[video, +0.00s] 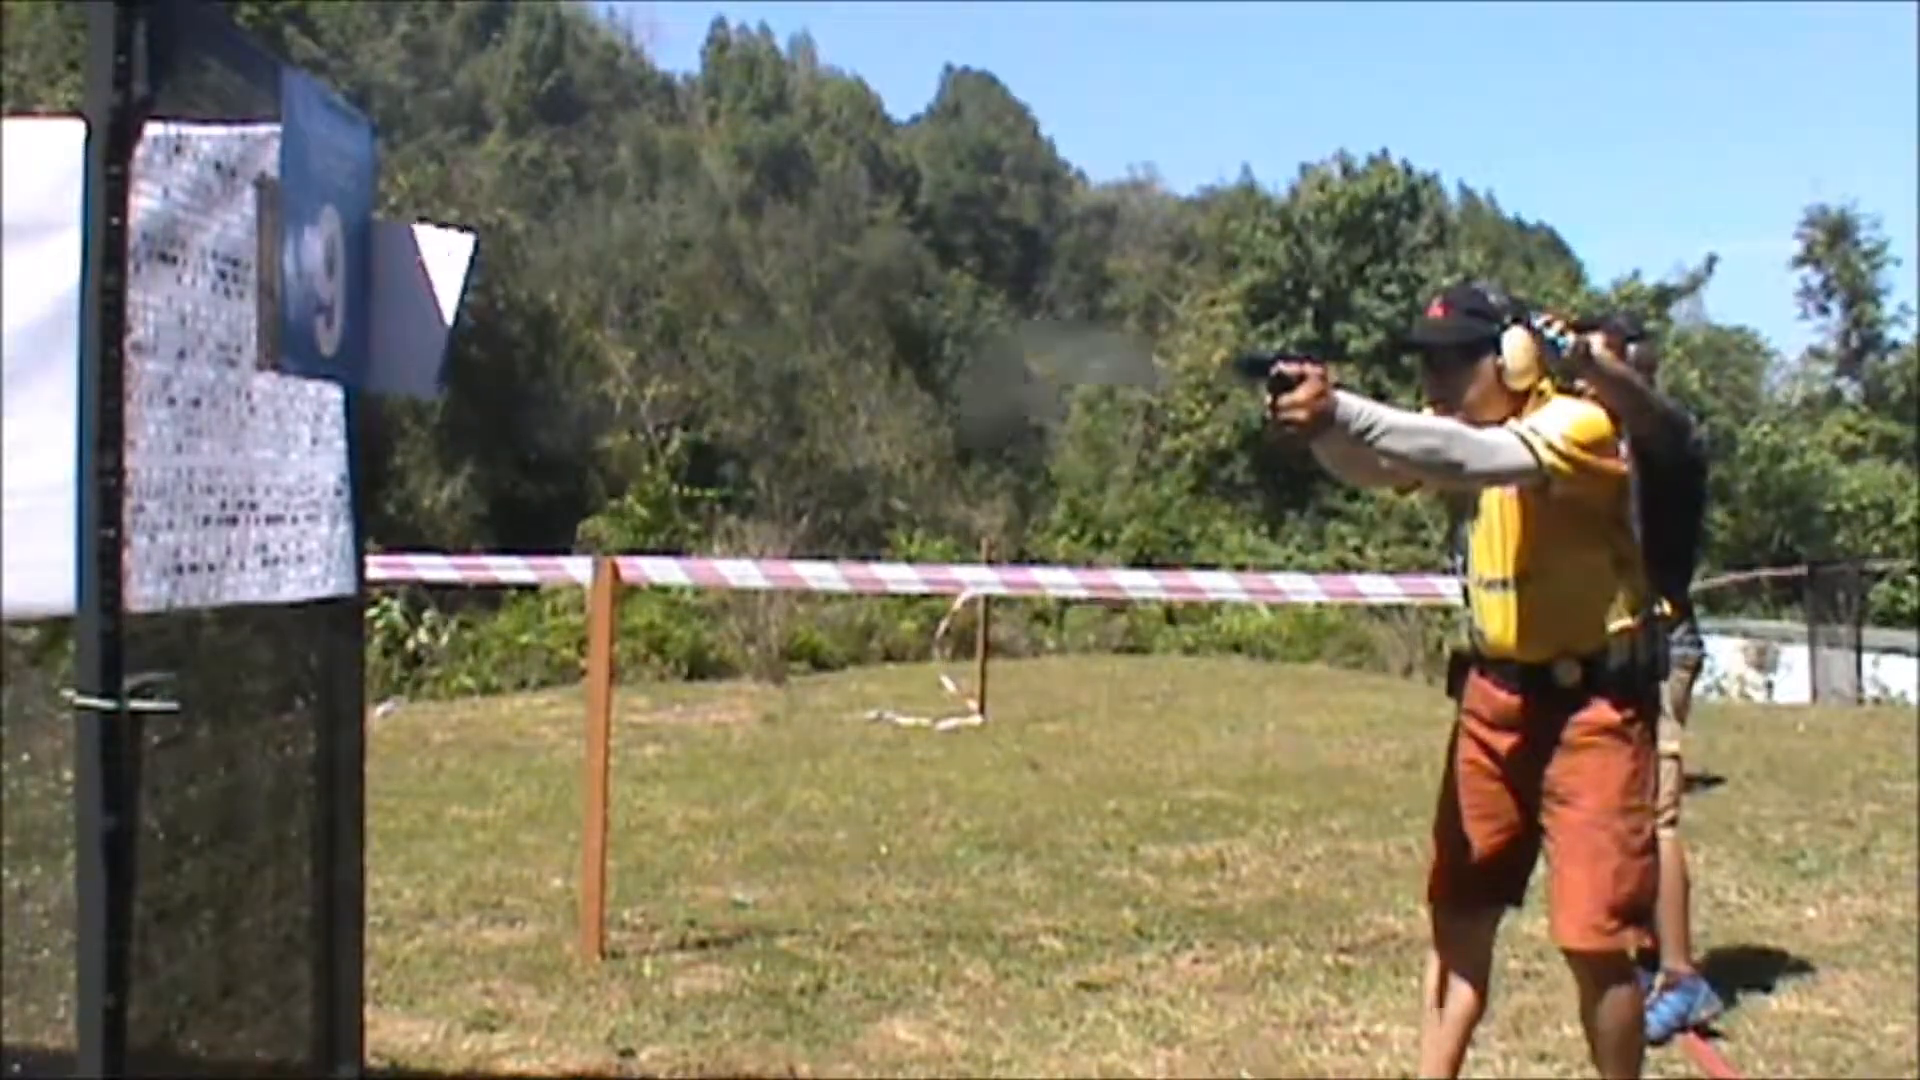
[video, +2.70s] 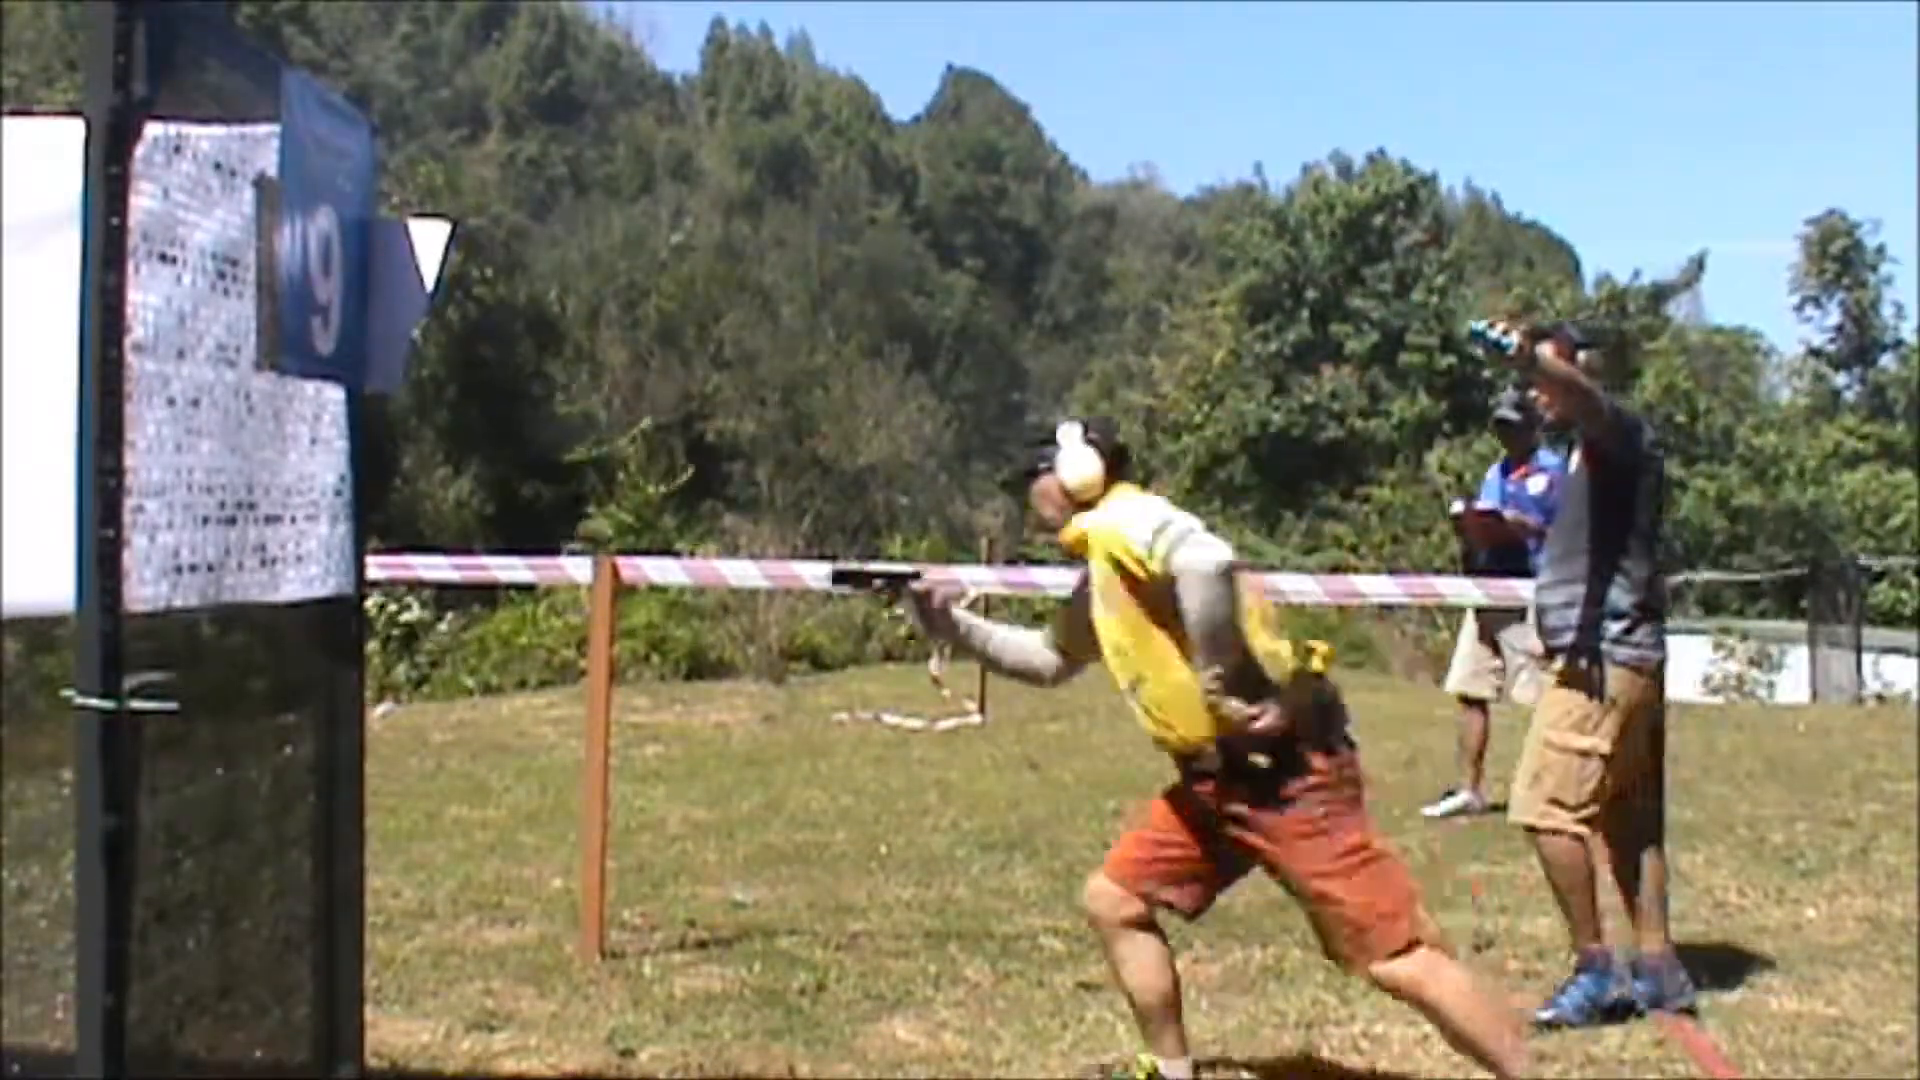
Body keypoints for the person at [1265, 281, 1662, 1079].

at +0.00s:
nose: (1435, 385)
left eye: (1451, 365)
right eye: (1429, 366)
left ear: (1506, 360)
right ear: (1430, 364)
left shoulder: (1580, 424)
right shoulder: (1470, 440)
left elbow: (1473, 455)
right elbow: (1386, 467)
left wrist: (1340, 408)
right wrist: (1316, 424)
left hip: (1597, 706)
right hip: (1495, 699)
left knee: (1594, 938)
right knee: (1461, 906)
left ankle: (1620, 1072)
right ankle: (1434, 1070)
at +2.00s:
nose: (1447, 387)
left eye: (1461, 366)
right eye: (1441, 367)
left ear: (1512, 356)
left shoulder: (1589, 420)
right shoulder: (1485, 435)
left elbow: (1474, 447)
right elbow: (1393, 467)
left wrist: (1339, 404)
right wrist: (1320, 421)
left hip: (1595, 708)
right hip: (1499, 698)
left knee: (1596, 943)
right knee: (1460, 919)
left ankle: (1624, 1073)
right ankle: (1433, 1072)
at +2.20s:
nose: (1432, 394)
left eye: (1443, 373)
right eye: (1430, 376)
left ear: (1498, 367)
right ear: (1467, 375)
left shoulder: (1574, 431)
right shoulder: (1461, 448)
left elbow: (1481, 492)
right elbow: (1348, 496)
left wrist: (1343, 432)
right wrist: (1308, 444)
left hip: (1586, 718)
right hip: (1485, 708)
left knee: (1590, 942)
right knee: (1418, 899)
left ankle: (1622, 1074)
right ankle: (1418, 1069)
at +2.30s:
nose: (1411, 417)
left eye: (1423, 405)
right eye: (1413, 404)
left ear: (1469, 421)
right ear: (1457, 423)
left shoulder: (1549, 486)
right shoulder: (1420, 481)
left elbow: (1455, 576)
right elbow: (1322, 565)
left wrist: (1321, 516)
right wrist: (1291, 508)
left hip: (1557, 751)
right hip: (1457, 734)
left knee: (1562, 962)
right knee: (1355, 896)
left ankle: (1609, 1073)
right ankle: (1355, 1066)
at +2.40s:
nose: (1389, 469)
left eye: (1402, 461)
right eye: (1394, 457)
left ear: (1441, 475)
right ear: (1423, 468)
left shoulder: (1523, 526)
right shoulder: (1394, 515)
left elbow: (1420, 618)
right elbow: (1297, 605)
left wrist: (1277, 570)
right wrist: (1247, 581)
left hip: (1535, 773)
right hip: (1433, 757)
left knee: (1548, 972)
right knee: (1311, 901)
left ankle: (1606, 1073)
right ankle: (1294, 1062)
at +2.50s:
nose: (1296, 509)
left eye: (1304, 495)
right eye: (1297, 495)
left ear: (1343, 502)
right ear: (1322, 507)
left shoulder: (1426, 544)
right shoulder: (1315, 564)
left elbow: (1422, 644)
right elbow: (1244, 633)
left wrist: (1314, 680)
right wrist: (1162, 620)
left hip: (1473, 796)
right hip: (1374, 785)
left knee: (1501, 990)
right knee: (1244, 904)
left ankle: (1590, 1072)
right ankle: (1201, 1064)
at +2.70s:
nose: (1035, 484)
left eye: (1046, 470)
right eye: (1037, 472)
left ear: (1081, 475)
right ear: (1082, 480)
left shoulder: (1119, 515)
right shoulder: (1097, 562)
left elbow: (1203, 560)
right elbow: (1053, 659)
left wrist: (1222, 683)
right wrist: (952, 623)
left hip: (1285, 761)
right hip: (1213, 779)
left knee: (1393, 954)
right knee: (1116, 901)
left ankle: (1529, 1070)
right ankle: (1173, 1067)